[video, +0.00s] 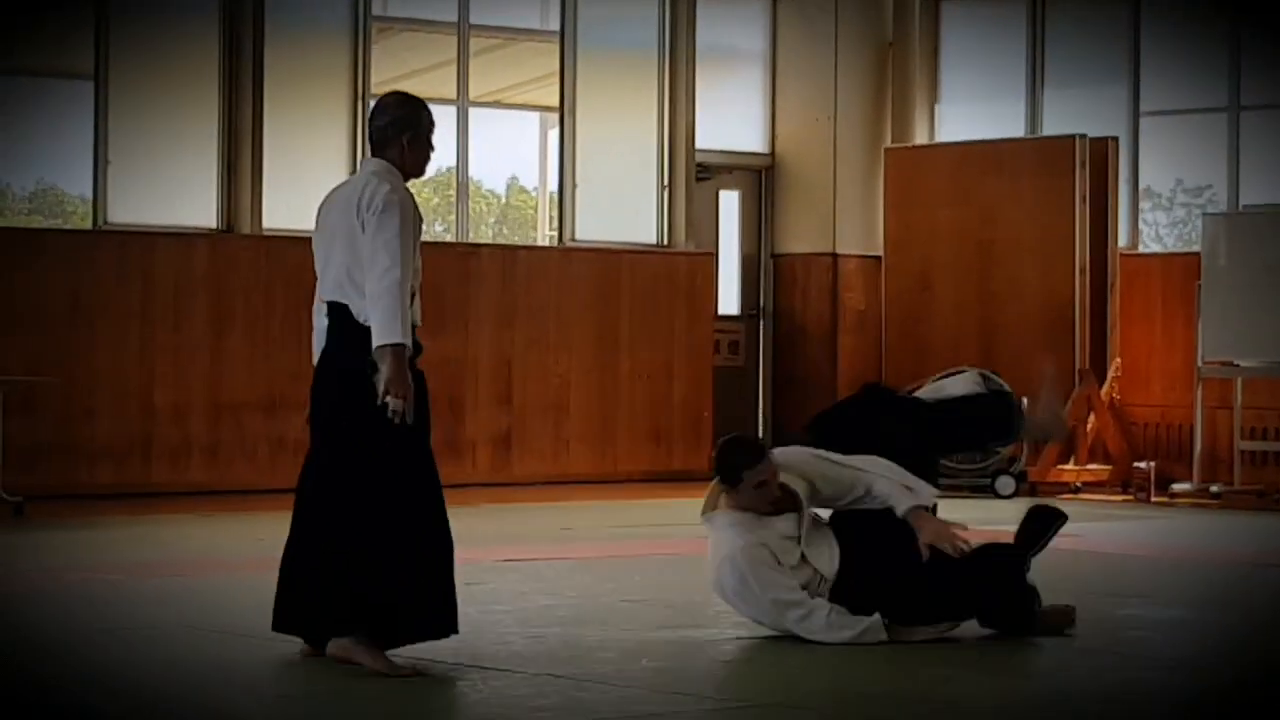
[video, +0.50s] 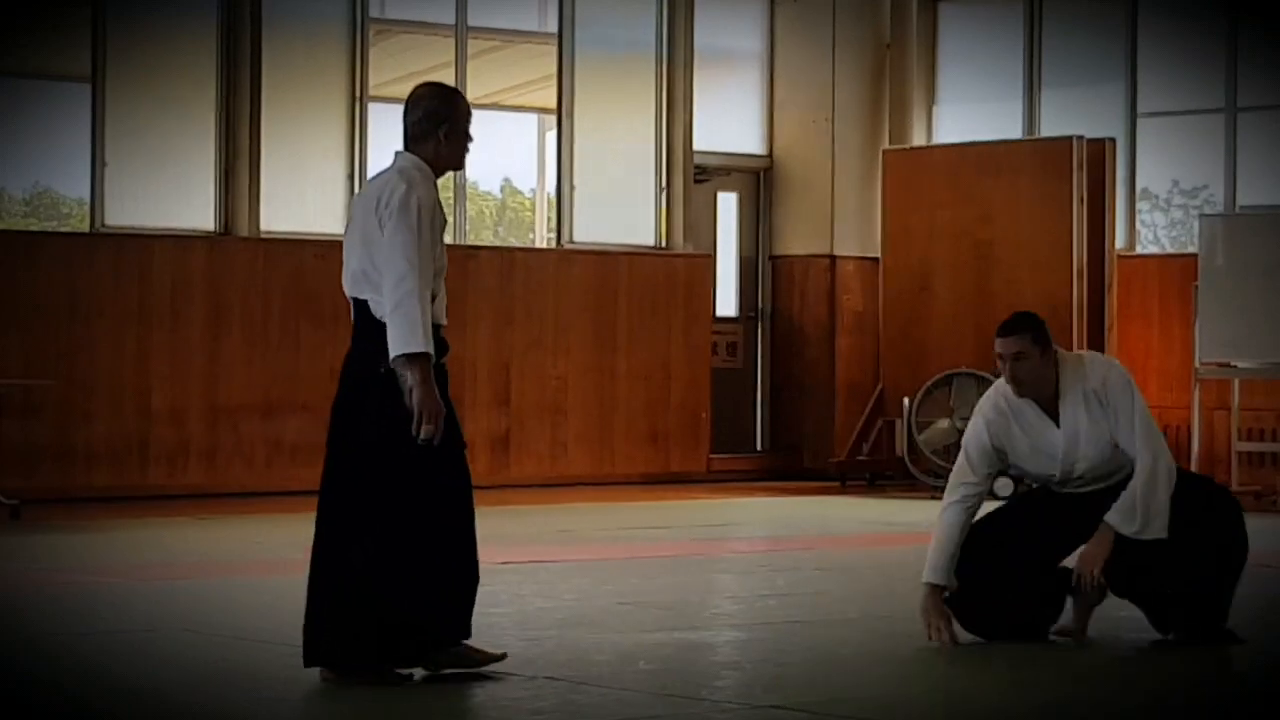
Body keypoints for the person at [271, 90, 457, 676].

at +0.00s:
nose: (431, 150)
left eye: (431, 139)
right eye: (427, 139)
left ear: (378, 138)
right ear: (406, 140)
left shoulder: (336, 197)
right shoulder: (390, 195)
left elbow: (326, 290)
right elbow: (386, 281)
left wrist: (328, 363)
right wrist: (394, 361)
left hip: (337, 359)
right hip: (378, 359)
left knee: (336, 492)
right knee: (386, 497)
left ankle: (323, 627)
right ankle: (362, 632)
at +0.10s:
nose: (436, 149)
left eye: (434, 139)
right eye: (430, 139)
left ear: (384, 142)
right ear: (408, 141)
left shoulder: (348, 199)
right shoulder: (392, 195)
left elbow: (326, 294)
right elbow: (388, 283)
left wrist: (310, 375)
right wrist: (396, 368)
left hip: (343, 367)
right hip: (382, 368)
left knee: (344, 500)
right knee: (387, 507)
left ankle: (327, 635)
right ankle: (357, 650)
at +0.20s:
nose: (443, 144)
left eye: (442, 133)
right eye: (438, 133)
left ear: (391, 134)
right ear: (413, 135)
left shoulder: (354, 193)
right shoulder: (391, 192)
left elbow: (330, 290)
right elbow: (386, 282)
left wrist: (312, 371)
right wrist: (398, 369)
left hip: (348, 367)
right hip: (386, 368)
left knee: (347, 501)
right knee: (384, 506)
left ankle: (333, 640)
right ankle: (357, 649)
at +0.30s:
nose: (451, 141)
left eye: (451, 130)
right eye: (444, 129)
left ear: (399, 132)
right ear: (416, 131)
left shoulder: (360, 191)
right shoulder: (396, 192)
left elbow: (336, 287)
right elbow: (387, 282)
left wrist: (326, 369)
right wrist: (399, 369)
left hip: (353, 367)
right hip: (391, 368)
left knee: (351, 502)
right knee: (391, 506)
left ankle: (344, 644)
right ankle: (370, 647)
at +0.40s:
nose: (460, 142)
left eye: (459, 130)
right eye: (454, 129)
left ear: (411, 131)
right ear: (426, 131)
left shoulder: (378, 187)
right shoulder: (400, 191)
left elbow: (365, 284)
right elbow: (392, 283)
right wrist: (406, 372)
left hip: (367, 364)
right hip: (391, 366)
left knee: (369, 502)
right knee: (400, 504)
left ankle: (361, 643)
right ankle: (375, 646)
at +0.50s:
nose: (469, 143)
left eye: (468, 132)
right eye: (464, 131)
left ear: (420, 130)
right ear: (438, 132)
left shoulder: (389, 186)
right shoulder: (407, 189)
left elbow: (385, 283)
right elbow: (403, 285)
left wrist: (413, 362)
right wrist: (417, 373)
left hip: (386, 357)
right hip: (397, 361)